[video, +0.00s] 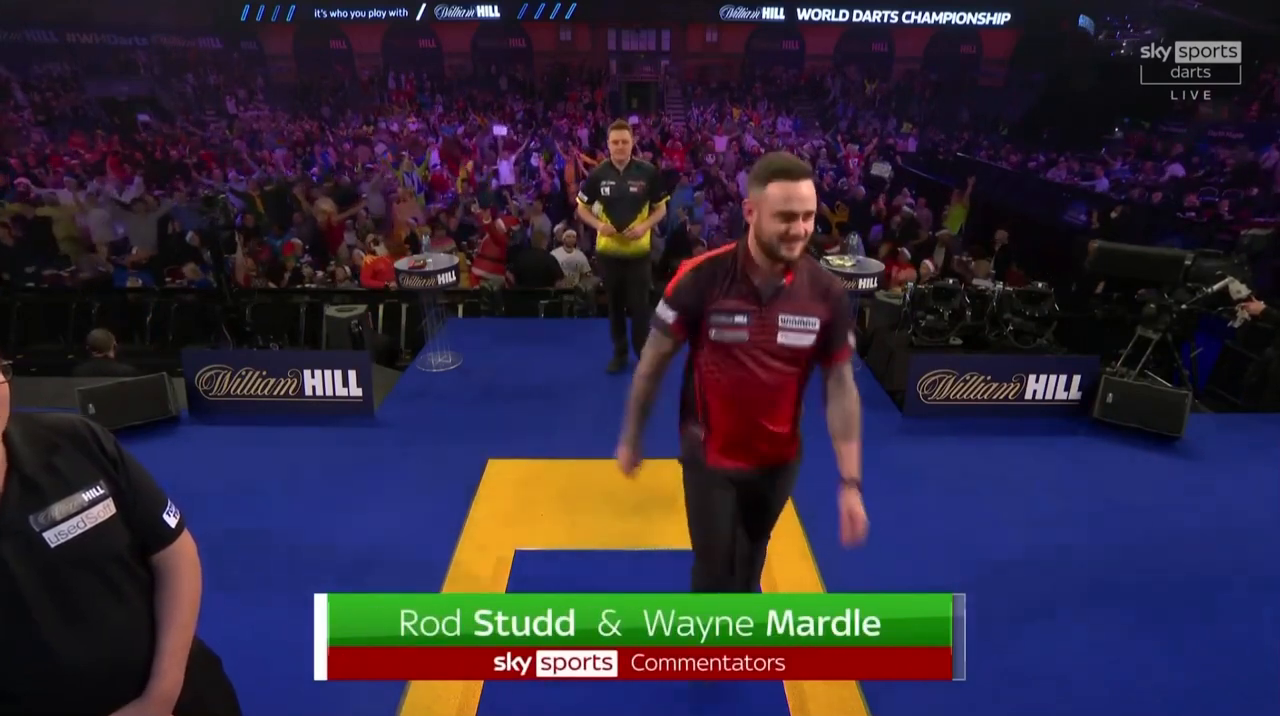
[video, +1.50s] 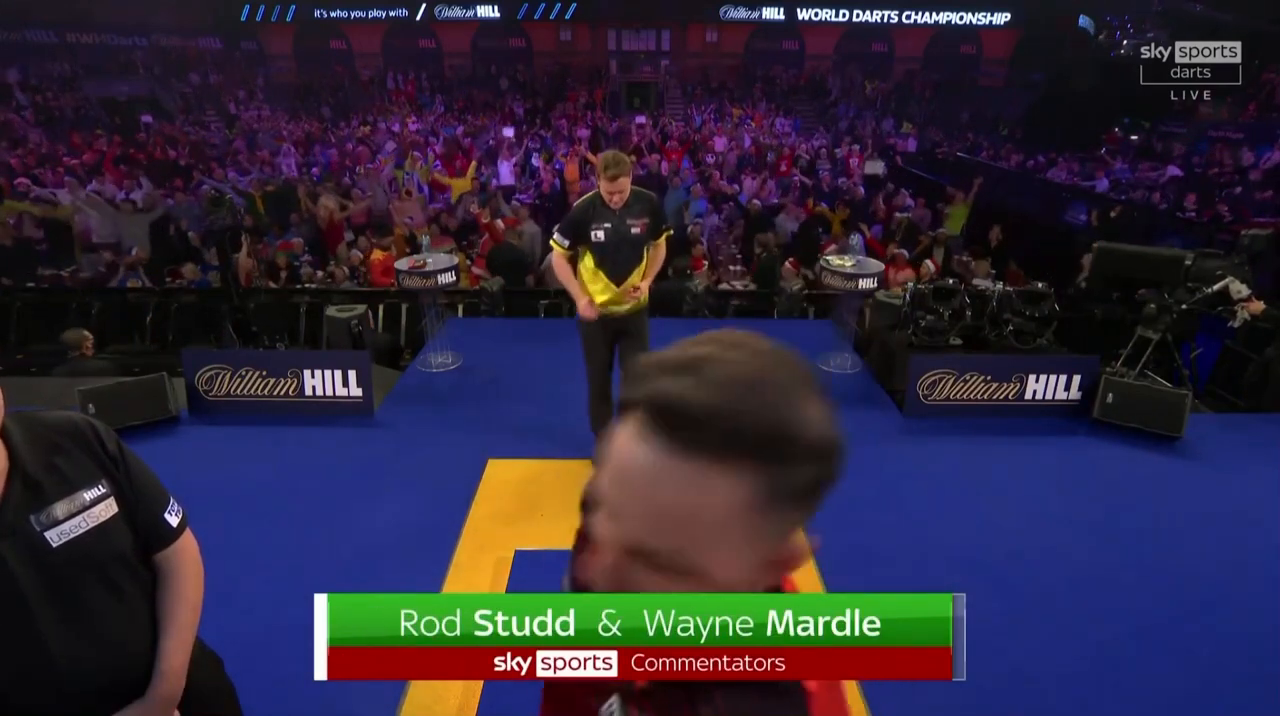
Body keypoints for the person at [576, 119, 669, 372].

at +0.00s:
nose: (619, 147)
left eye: (624, 142)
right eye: (614, 142)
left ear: (632, 143)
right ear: (608, 145)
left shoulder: (649, 173)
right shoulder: (598, 174)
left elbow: (661, 207)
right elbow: (581, 208)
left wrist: (644, 225)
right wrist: (598, 224)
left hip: (638, 251)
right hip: (609, 252)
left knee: (640, 306)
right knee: (615, 307)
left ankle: (642, 354)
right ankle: (619, 354)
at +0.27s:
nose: (619, 152)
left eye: (624, 147)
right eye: (615, 147)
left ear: (632, 148)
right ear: (607, 149)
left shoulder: (648, 176)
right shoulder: (597, 178)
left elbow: (660, 210)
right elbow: (579, 212)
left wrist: (644, 230)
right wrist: (597, 230)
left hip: (637, 253)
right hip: (608, 254)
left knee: (636, 308)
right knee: (614, 308)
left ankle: (632, 357)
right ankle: (619, 354)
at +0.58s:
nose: (628, 162)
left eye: (632, 157)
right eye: (623, 157)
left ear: (640, 157)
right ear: (614, 157)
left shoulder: (655, 186)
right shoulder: (600, 186)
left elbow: (664, 222)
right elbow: (582, 221)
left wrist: (648, 243)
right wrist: (604, 242)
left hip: (641, 262)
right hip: (611, 261)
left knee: (638, 314)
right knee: (615, 313)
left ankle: (636, 359)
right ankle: (617, 354)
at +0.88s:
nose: (632, 174)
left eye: (636, 168)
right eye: (626, 168)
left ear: (645, 163)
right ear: (618, 164)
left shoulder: (663, 191)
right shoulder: (605, 191)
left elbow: (675, 229)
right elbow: (586, 228)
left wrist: (654, 250)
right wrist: (611, 251)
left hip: (647, 276)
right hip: (612, 275)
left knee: (643, 337)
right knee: (610, 337)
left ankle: (641, 389)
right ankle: (615, 388)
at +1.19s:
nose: (621, 190)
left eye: (626, 183)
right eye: (616, 184)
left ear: (636, 176)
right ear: (606, 179)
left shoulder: (656, 202)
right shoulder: (594, 207)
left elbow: (670, 244)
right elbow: (575, 248)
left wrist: (647, 267)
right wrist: (607, 272)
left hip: (642, 292)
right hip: (606, 293)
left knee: (640, 350)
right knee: (607, 367)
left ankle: (640, 391)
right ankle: (603, 440)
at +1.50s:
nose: (615, 199)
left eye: (620, 193)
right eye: (609, 193)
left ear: (630, 181)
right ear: (599, 183)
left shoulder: (649, 204)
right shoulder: (584, 209)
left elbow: (658, 245)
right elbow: (557, 255)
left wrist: (646, 280)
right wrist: (579, 297)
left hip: (634, 310)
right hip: (596, 313)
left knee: (636, 380)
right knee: (599, 385)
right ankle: (604, 449)